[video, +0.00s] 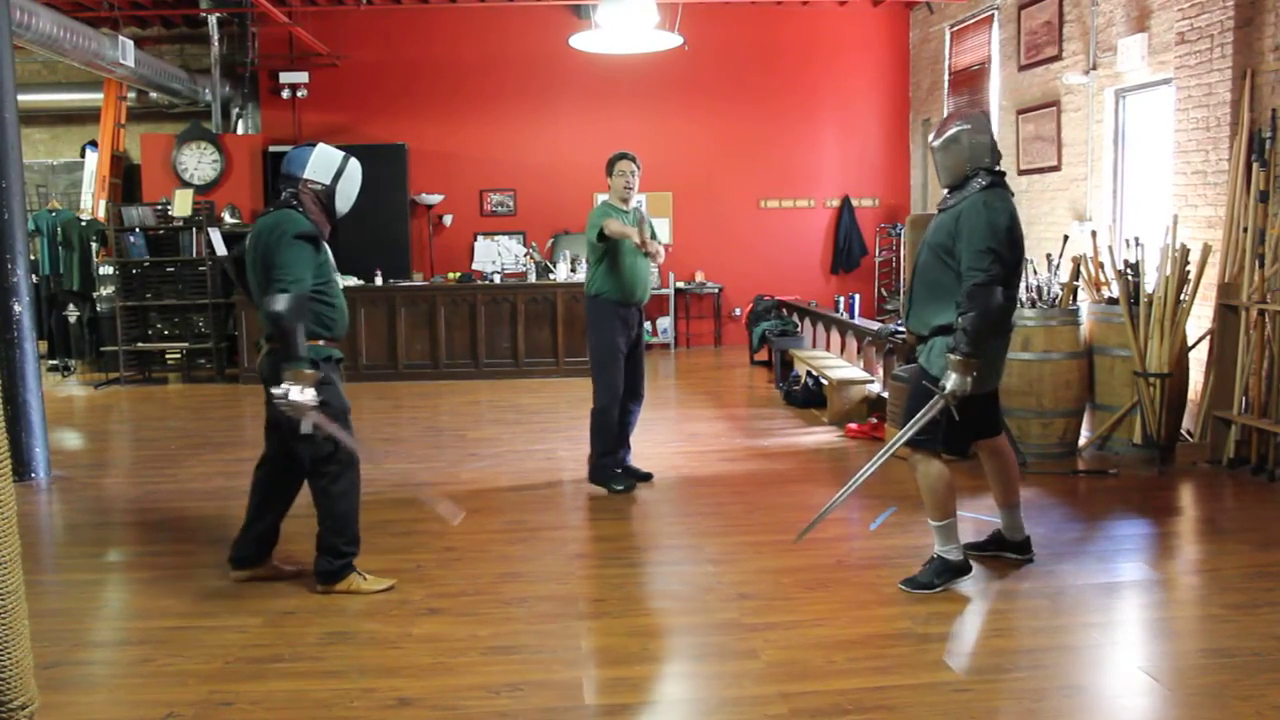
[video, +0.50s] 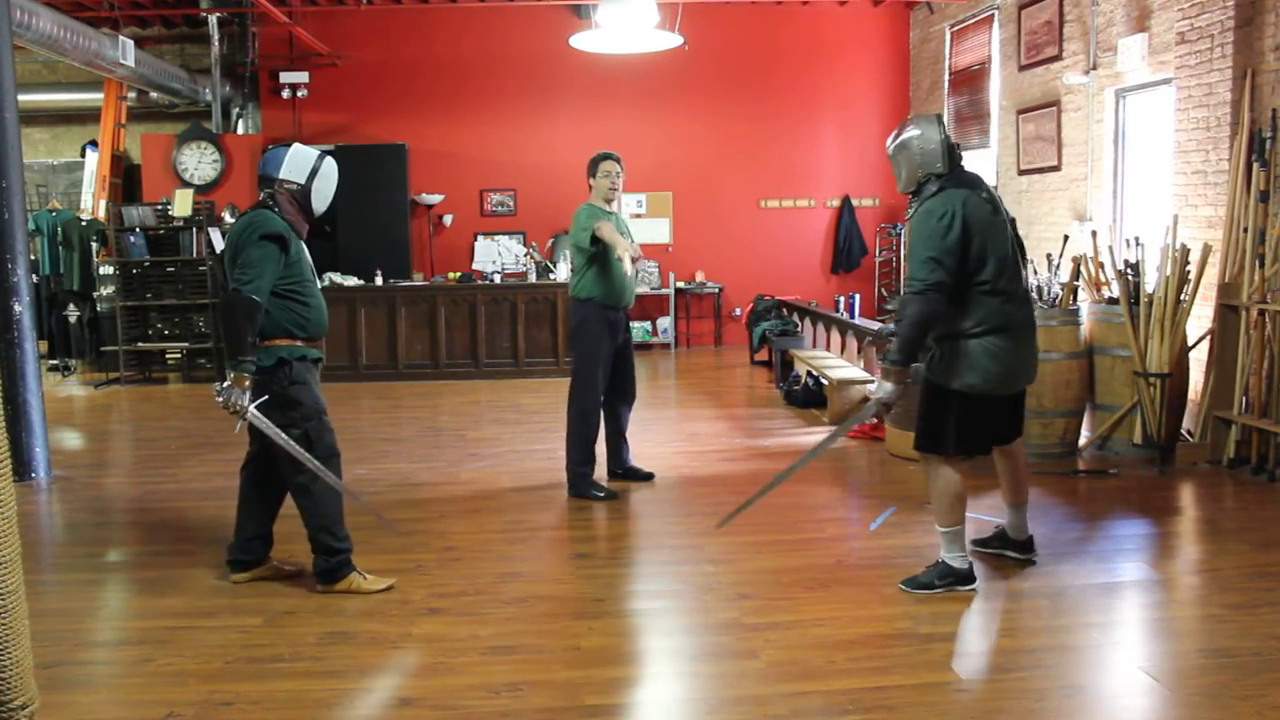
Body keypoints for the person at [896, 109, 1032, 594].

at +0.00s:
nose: (937, 162)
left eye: (944, 151)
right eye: (938, 152)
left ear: (967, 151)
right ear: (975, 153)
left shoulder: (983, 205)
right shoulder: (971, 201)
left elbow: (983, 286)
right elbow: (956, 282)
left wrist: (964, 355)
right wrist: (917, 329)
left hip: (950, 347)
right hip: (969, 346)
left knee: (923, 447)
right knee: (989, 436)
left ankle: (948, 555)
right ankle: (1013, 535)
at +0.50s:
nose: (894, 172)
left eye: (897, 160)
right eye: (894, 161)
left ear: (917, 158)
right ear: (941, 154)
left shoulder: (938, 208)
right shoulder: (982, 199)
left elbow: (927, 294)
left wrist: (895, 367)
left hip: (969, 352)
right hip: (1010, 348)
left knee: (940, 453)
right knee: (1006, 440)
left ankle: (954, 563)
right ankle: (1018, 535)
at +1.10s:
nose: (940, 170)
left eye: (945, 159)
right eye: (940, 160)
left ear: (968, 157)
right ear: (982, 156)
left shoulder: (978, 209)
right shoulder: (1019, 196)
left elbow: (945, 289)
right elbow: (1042, 265)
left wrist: (909, 295)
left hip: (996, 345)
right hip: (1035, 341)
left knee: (940, 437)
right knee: (1024, 439)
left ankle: (950, 552)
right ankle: (1053, 541)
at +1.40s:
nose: (911, 177)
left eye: (914, 167)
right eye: (911, 168)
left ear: (933, 169)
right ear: (962, 165)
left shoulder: (937, 222)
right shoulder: (1004, 201)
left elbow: (884, 287)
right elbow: (1040, 262)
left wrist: (906, 241)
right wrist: (1007, 295)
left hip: (970, 351)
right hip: (1022, 346)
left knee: (909, 435)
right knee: (1019, 440)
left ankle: (907, 551)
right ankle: (1052, 540)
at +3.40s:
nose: (874, 192)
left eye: (876, 182)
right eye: (873, 183)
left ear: (892, 180)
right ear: (923, 172)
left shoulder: (904, 228)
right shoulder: (967, 204)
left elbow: (850, 298)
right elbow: (1009, 251)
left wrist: (886, 273)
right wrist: (995, 296)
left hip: (952, 352)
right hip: (1005, 344)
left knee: (892, 436)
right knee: (1012, 438)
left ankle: (910, 553)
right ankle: (1052, 538)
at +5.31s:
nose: (881, 193)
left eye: (883, 182)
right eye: (881, 183)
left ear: (901, 179)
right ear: (928, 172)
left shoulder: (911, 228)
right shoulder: (976, 206)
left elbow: (859, 297)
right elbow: (1017, 262)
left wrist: (891, 275)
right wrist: (990, 300)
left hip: (954, 355)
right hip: (1009, 349)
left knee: (898, 440)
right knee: (1015, 441)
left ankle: (912, 556)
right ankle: (1054, 540)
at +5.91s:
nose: (874, 188)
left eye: (876, 177)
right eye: (874, 178)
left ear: (892, 175)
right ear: (923, 167)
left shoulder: (904, 223)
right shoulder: (969, 203)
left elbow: (851, 293)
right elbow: (1009, 254)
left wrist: (886, 269)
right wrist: (993, 296)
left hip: (944, 352)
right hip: (1000, 344)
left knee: (897, 442)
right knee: (999, 436)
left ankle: (912, 555)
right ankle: (1047, 531)